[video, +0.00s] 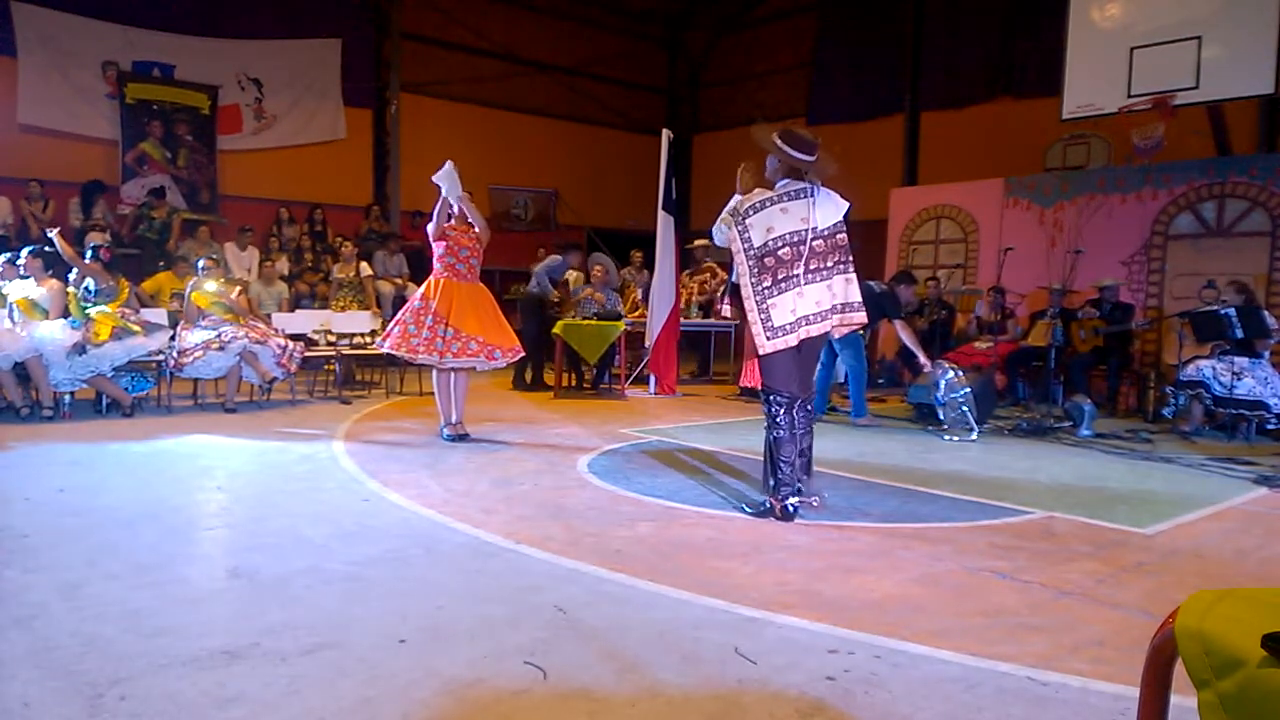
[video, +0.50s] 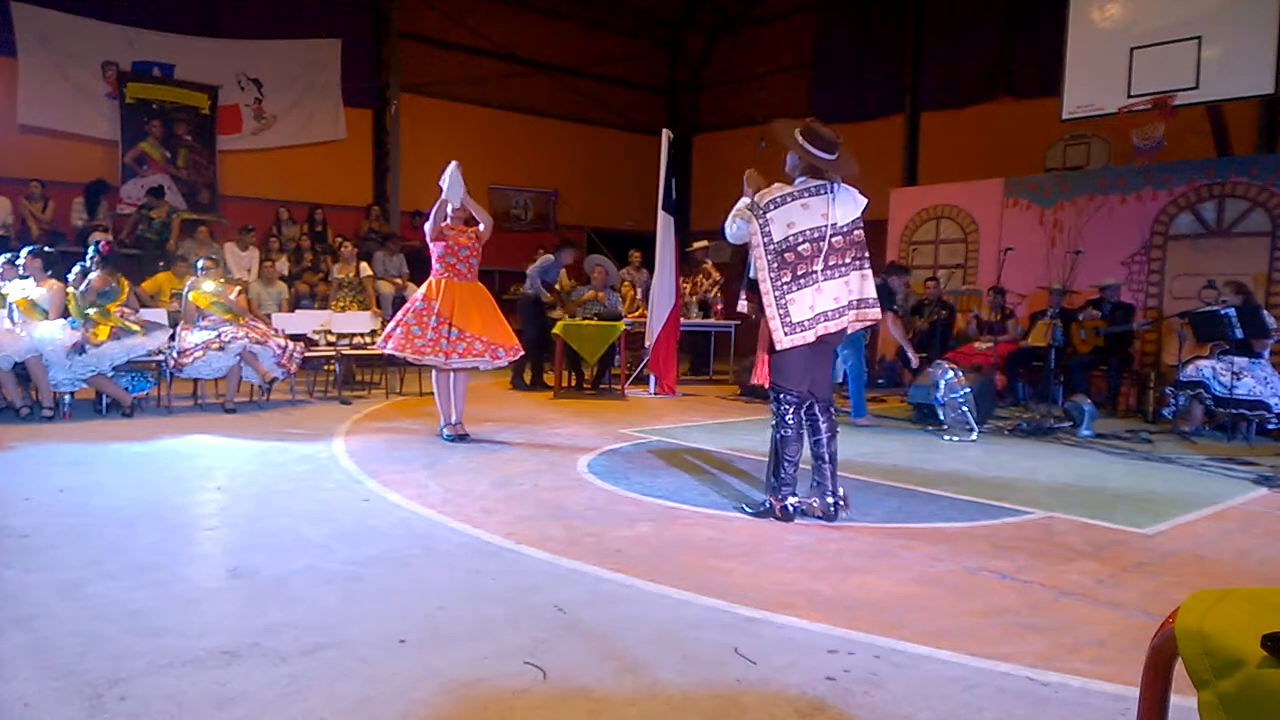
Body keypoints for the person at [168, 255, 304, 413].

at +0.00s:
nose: (205, 273)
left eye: (210, 269)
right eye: (202, 270)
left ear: (220, 270)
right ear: (198, 273)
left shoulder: (234, 288)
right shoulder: (196, 292)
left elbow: (245, 313)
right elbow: (191, 319)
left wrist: (227, 299)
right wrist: (189, 293)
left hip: (233, 327)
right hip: (207, 329)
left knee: (236, 357)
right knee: (238, 341)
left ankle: (229, 400)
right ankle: (264, 374)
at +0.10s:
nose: (205, 273)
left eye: (210, 269)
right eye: (202, 270)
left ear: (220, 270)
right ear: (198, 273)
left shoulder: (234, 289)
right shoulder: (196, 292)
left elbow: (245, 313)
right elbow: (191, 319)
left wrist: (227, 298)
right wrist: (189, 293)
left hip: (233, 327)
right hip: (206, 329)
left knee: (236, 357)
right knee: (238, 341)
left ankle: (229, 400)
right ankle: (264, 374)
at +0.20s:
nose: (205, 273)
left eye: (210, 269)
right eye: (202, 270)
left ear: (220, 270)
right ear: (198, 273)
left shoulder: (234, 288)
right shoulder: (196, 292)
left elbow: (245, 312)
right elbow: (191, 319)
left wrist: (226, 298)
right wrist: (189, 293)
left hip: (233, 327)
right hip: (206, 329)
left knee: (236, 357)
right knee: (238, 341)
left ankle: (229, 400)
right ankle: (264, 374)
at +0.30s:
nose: (205, 273)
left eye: (209, 269)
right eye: (201, 270)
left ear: (219, 270)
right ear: (198, 273)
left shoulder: (234, 289)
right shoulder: (195, 292)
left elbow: (244, 312)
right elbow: (190, 319)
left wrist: (225, 298)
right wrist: (189, 292)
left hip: (233, 327)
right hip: (207, 329)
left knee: (237, 356)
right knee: (238, 341)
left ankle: (229, 400)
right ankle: (264, 374)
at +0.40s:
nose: (204, 273)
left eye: (209, 269)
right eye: (201, 270)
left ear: (219, 270)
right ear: (197, 273)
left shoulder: (234, 289)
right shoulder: (195, 292)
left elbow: (244, 312)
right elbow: (190, 319)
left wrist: (225, 299)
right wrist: (189, 292)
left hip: (233, 327)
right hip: (206, 329)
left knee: (237, 356)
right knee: (238, 341)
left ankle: (229, 400)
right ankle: (264, 374)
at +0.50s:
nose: (204, 273)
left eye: (209, 269)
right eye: (201, 270)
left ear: (219, 270)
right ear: (197, 273)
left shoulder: (234, 289)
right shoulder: (195, 292)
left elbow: (244, 312)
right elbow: (190, 319)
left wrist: (225, 299)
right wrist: (189, 292)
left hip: (233, 327)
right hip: (206, 329)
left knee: (237, 356)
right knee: (238, 341)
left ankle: (229, 400)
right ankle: (264, 374)